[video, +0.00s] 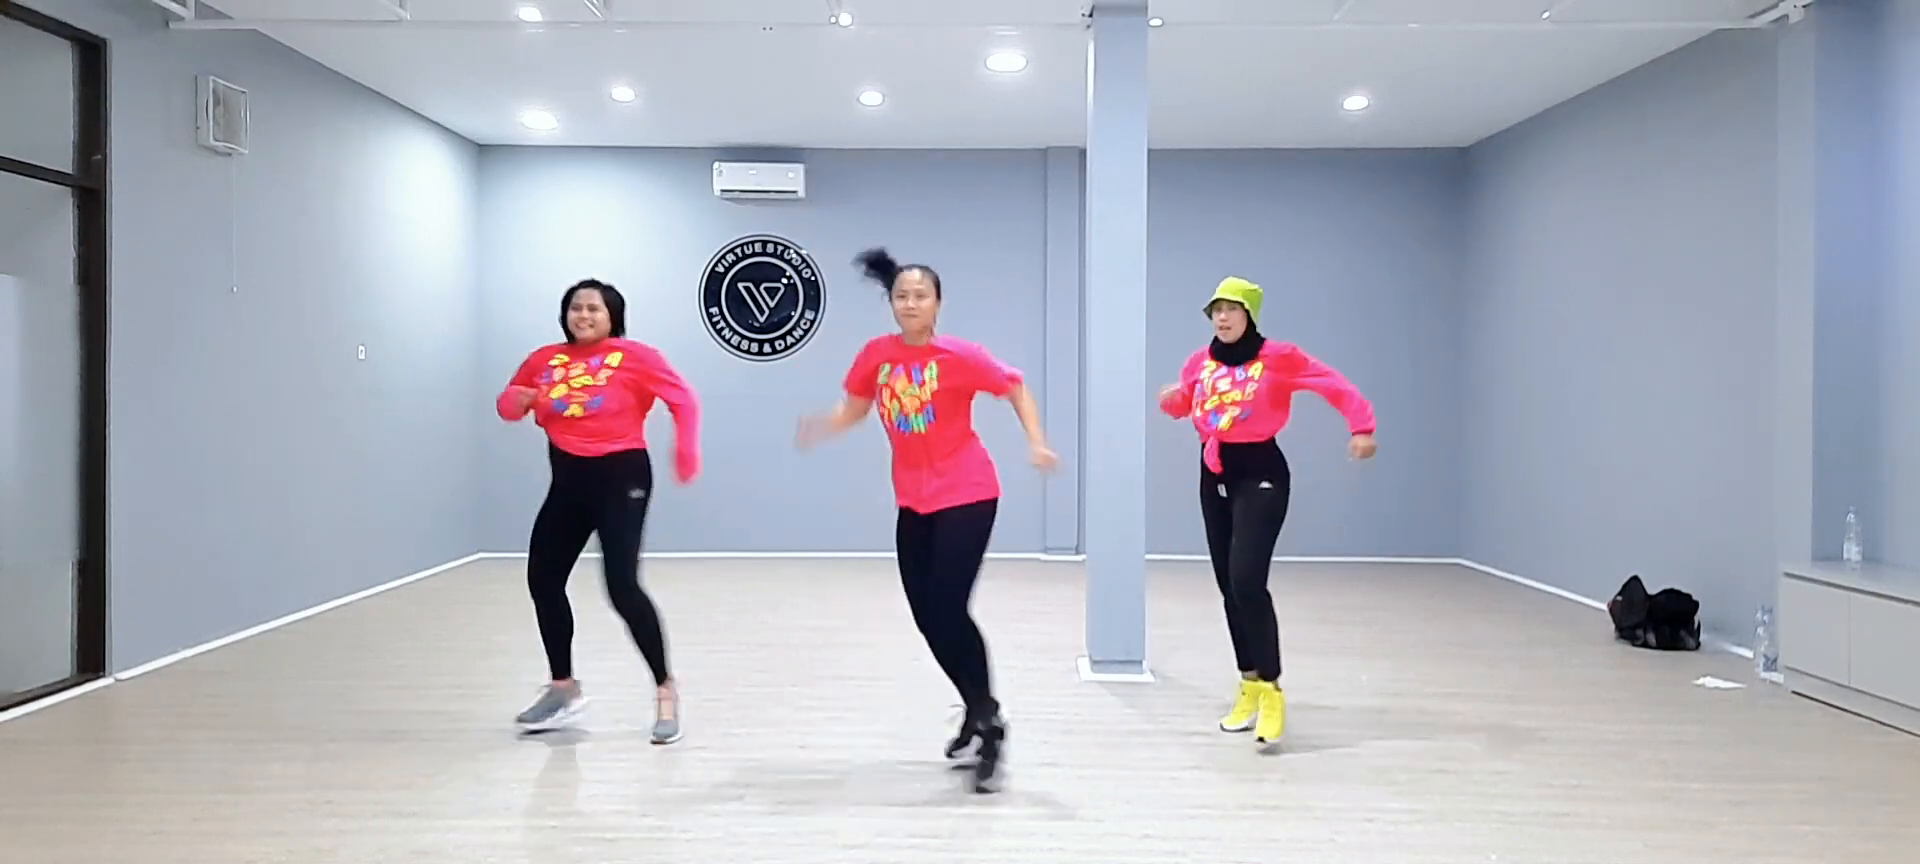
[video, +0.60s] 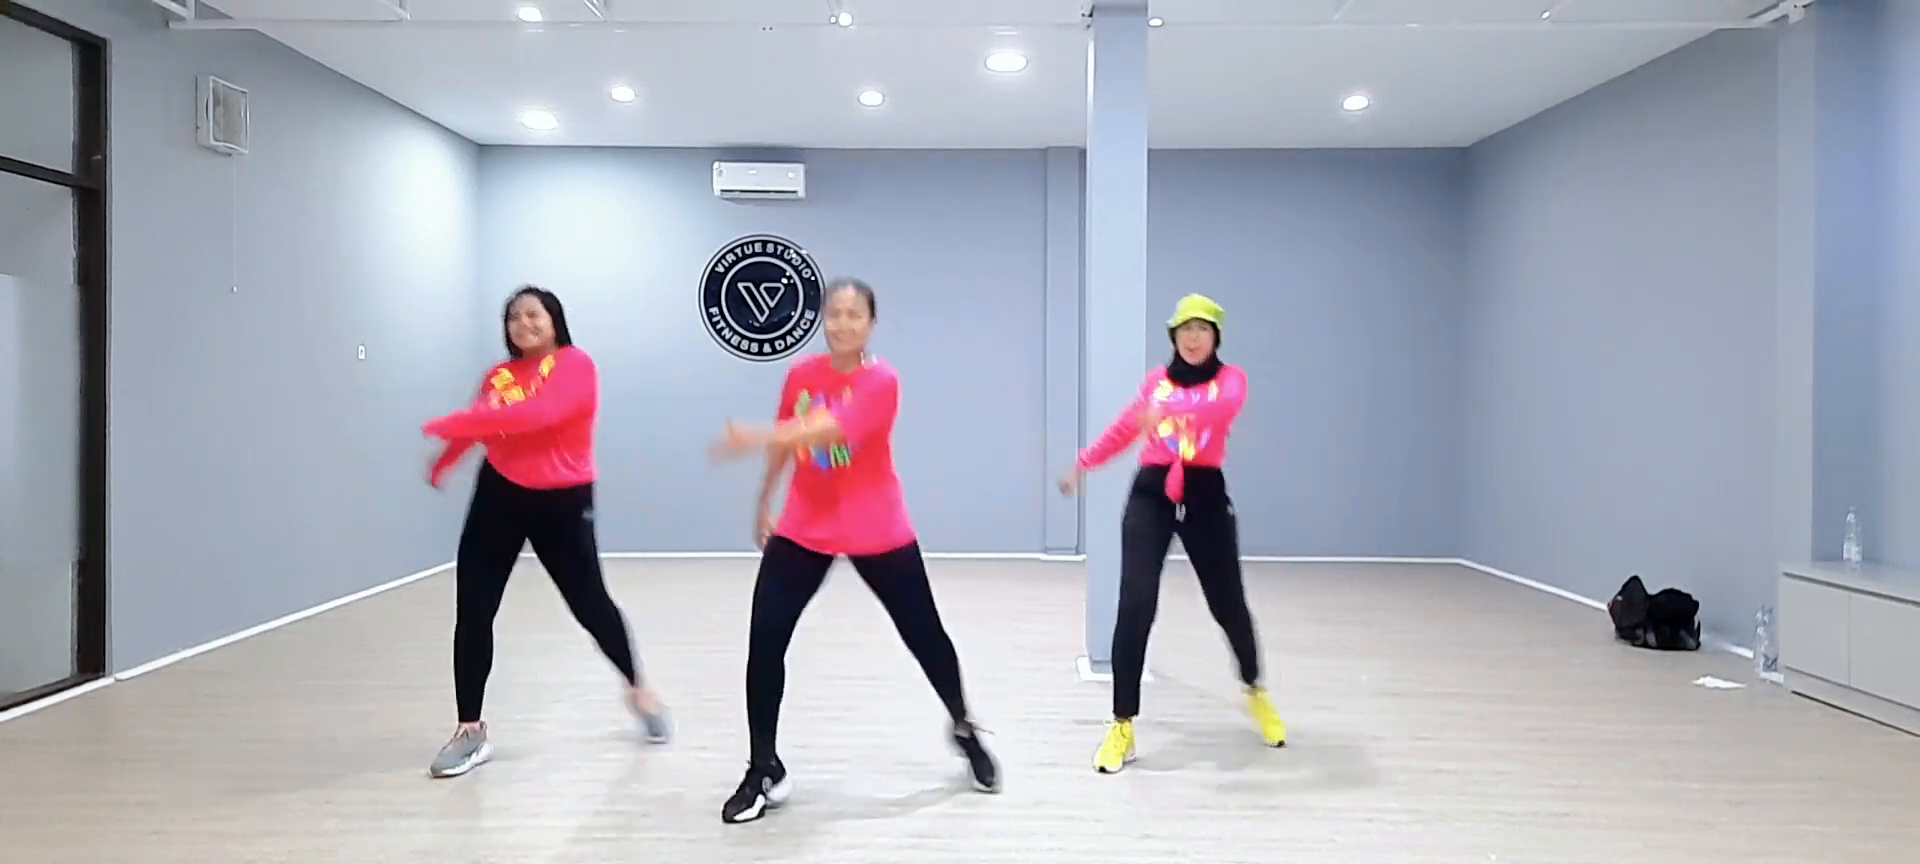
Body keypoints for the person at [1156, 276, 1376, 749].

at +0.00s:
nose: (1223, 317)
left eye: (1233, 309)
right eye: (1217, 309)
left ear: (1250, 315)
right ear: (1211, 316)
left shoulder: (1277, 357)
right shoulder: (1201, 364)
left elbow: (1337, 386)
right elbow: (1184, 408)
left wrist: (1363, 428)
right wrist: (1171, 401)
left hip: (1262, 475)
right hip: (1216, 478)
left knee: (1246, 582)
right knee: (1229, 585)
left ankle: (1270, 691)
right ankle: (1250, 684)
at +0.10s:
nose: (1228, 326)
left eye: (1236, 318)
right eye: (1221, 318)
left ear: (1252, 324)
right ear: (1213, 325)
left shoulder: (1280, 369)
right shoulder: (1201, 372)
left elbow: (1331, 405)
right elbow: (1177, 426)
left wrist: (1361, 447)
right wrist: (1196, 406)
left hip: (1266, 483)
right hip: (1218, 486)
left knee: (1261, 594)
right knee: (1230, 595)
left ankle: (1285, 698)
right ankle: (1253, 689)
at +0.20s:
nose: (1231, 345)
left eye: (1239, 336)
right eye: (1223, 336)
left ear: (1254, 343)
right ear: (1214, 343)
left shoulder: (1277, 395)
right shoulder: (1203, 395)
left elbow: (1307, 454)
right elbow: (1193, 449)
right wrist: (1198, 463)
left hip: (1274, 505)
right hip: (1222, 505)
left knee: (1271, 611)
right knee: (1206, 611)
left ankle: (1287, 707)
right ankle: (1238, 677)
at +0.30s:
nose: (1232, 357)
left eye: (1240, 348)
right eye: (1225, 348)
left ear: (1255, 356)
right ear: (1214, 355)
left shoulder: (1276, 411)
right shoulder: (1199, 405)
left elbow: (1280, 481)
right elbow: (1187, 464)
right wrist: (1184, 510)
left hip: (1269, 517)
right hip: (1217, 517)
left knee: (1272, 620)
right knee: (1184, 597)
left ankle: (1287, 710)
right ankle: (1189, 685)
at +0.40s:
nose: (1226, 359)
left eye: (1235, 352)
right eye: (1219, 351)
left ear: (1249, 360)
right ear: (1207, 358)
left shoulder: (1262, 411)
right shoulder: (1192, 405)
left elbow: (1250, 474)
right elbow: (1174, 463)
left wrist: (1233, 530)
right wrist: (1153, 517)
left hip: (1257, 513)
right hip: (1205, 512)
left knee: (1262, 627)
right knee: (1167, 602)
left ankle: (1285, 711)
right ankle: (1137, 704)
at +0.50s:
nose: (1212, 354)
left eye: (1221, 346)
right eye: (1205, 345)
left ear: (1235, 355)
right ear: (1193, 352)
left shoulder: (1246, 402)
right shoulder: (1176, 400)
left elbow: (1227, 453)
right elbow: (1152, 454)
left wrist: (1186, 483)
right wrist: (1115, 500)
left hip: (1231, 519)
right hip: (1177, 517)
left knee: (1248, 624)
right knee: (1152, 617)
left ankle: (1283, 709)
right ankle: (1124, 726)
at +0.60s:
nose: (1193, 338)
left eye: (1202, 330)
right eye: (1186, 329)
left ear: (1217, 337)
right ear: (1173, 336)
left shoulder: (1230, 379)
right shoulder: (1158, 383)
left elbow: (1223, 405)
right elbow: (1125, 428)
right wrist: (1082, 463)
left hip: (1204, 491)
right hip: (1151, 491)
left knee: (1228, 606)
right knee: (1136, 604)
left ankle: (1255, 690)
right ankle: (1121, 725)